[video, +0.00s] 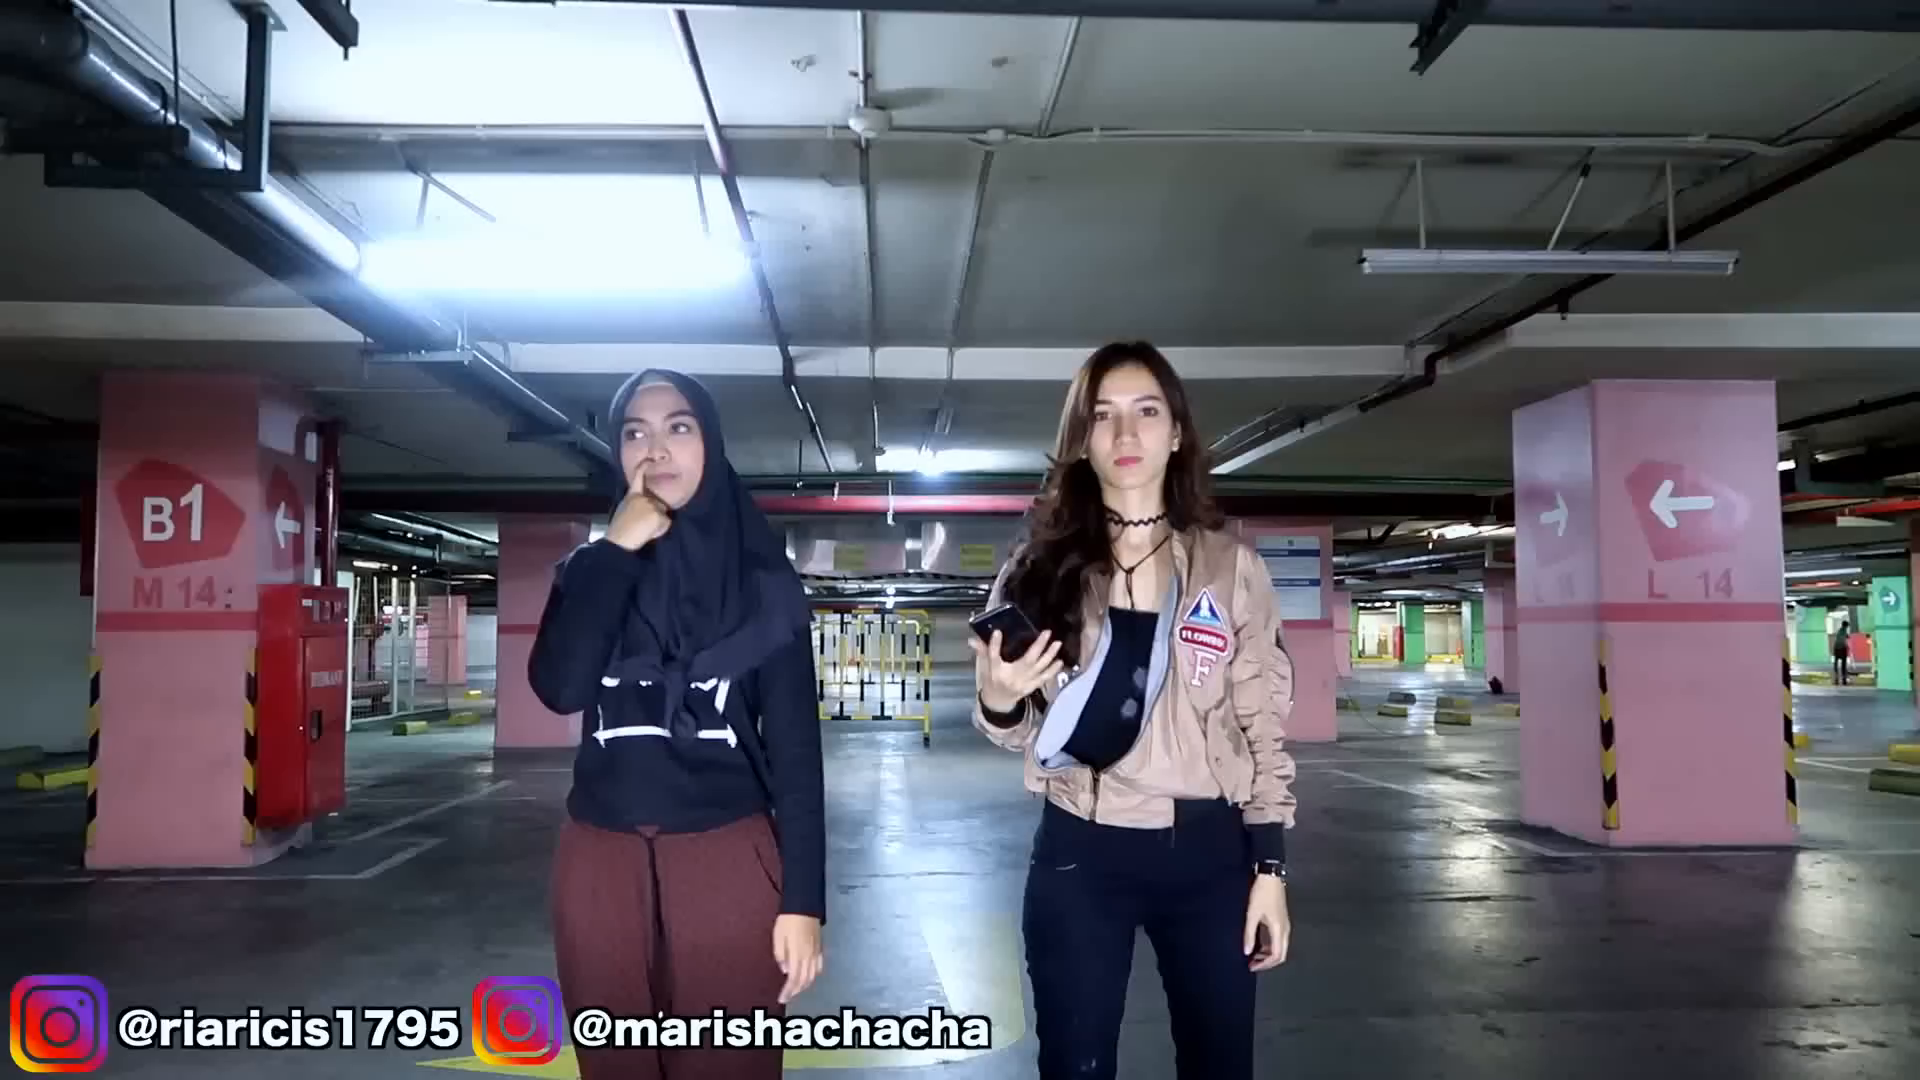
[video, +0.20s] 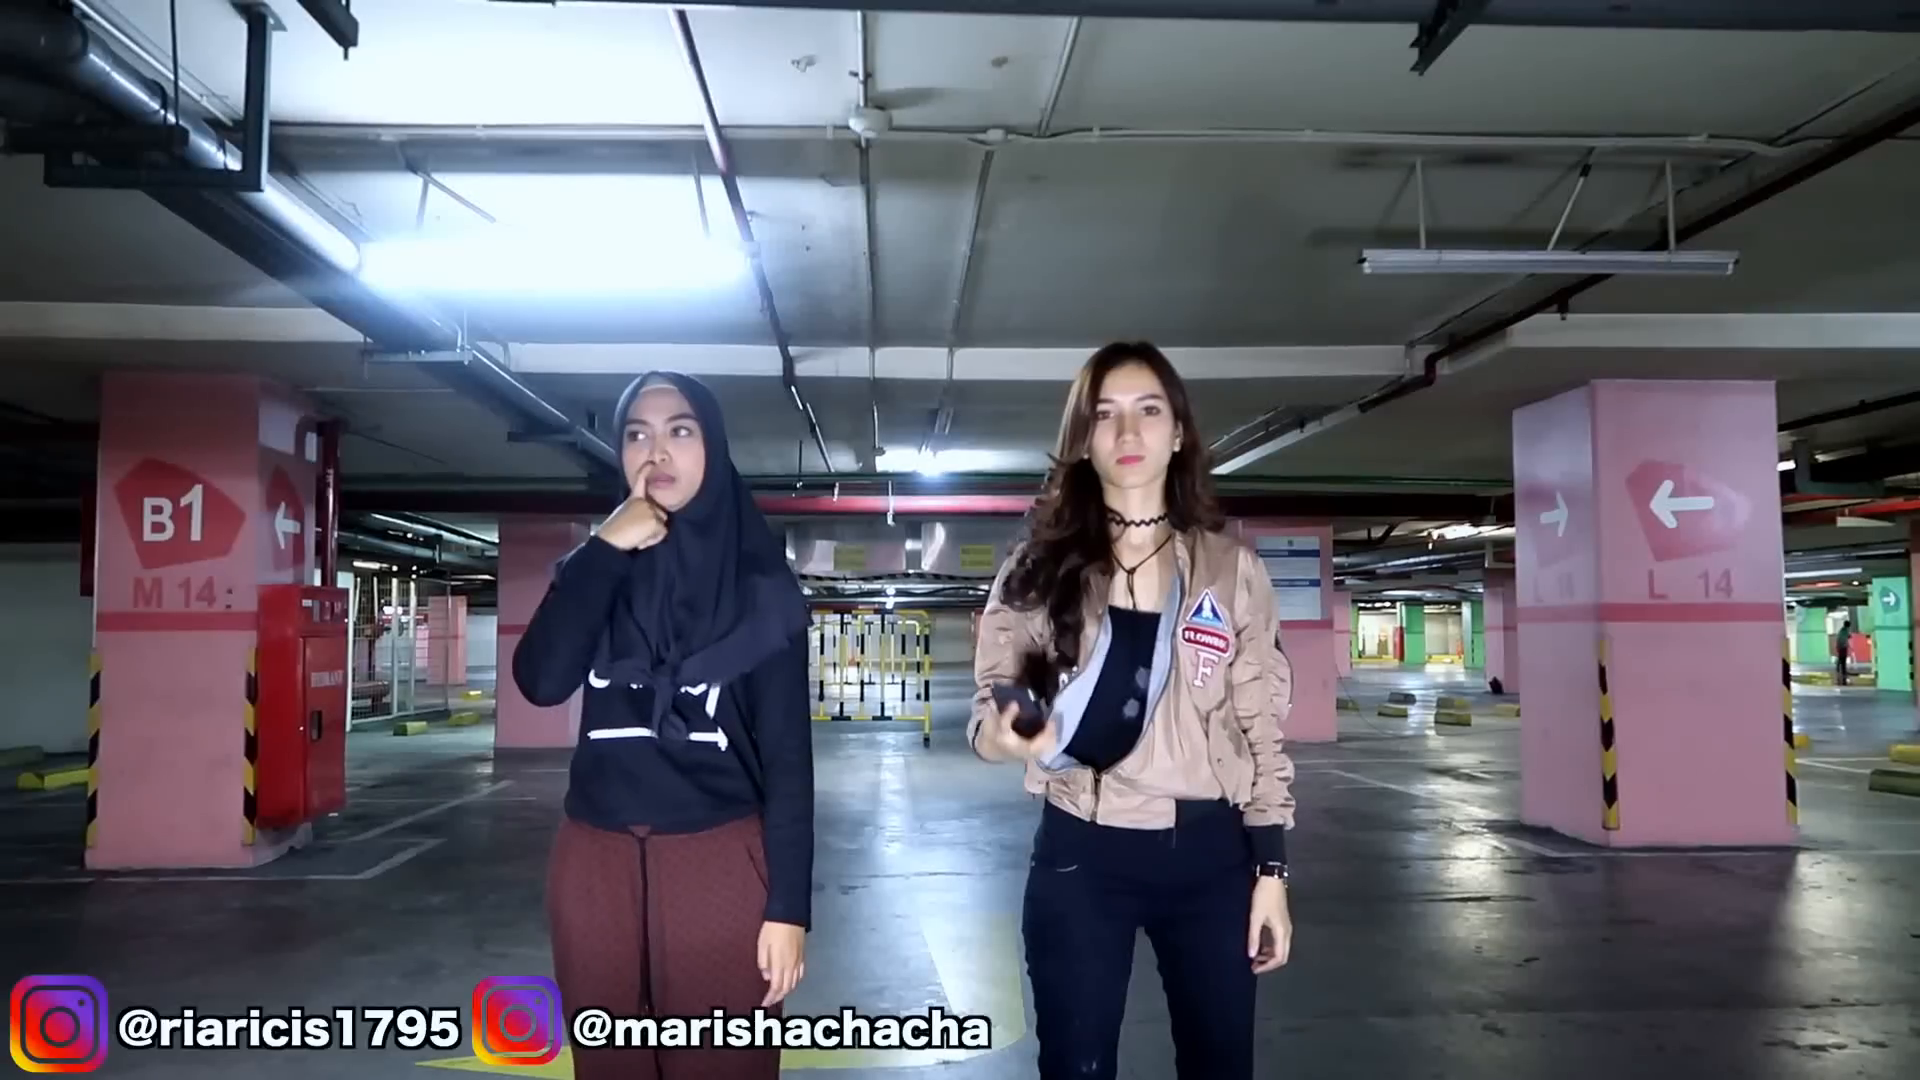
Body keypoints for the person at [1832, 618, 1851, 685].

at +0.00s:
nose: (1847, 627)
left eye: (1847, 626)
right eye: (1847, 626)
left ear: (1842, 625)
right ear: (1846, 626)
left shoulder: (1839, 631)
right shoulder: (1844, 632)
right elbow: (1845, 642)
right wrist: (1848, 649)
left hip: (1836, 649)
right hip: (1843, 649)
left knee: (1835, 665)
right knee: (1843, 666)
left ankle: (1836, 679)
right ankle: (1844, 679)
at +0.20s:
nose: (1849, 627)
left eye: (1849, 626)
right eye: (1849, 626)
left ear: (1844, 624)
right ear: (1848, 625)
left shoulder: (1842, 631)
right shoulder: (1845, 632)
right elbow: (1845, 643)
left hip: (1840, 652)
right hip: (1843, 652)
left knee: (1838, 666)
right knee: (1843, 667)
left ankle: (1838, 679)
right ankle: (1844, 679)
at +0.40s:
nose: (1850, 627)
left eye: (1849, 625)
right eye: (1849, 625)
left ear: (1845, 624)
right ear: (1849, 625)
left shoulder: (1843, 630)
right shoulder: (1846, 631)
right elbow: (1846, 642)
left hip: (1841, 650)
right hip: (1843, 650)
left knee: (1842, 666)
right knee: (1843, 666)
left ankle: (1842, 679)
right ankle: (1843, 679)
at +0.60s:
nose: (1850, 627)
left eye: (1850, 626)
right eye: (1850, 626)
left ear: (1846, 624)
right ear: (1850, 625)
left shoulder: (1844, 630)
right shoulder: (1846, 631)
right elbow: (1846, 642)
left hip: (1841, 649)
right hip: (1843, 649)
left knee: (1842, 666)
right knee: (1843, 666)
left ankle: (1842, 679)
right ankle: (1843, 680)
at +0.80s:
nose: (1851, 627)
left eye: (1851, 625)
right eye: (1851, 625)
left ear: (1847, 624)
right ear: (1851, 625)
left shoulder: (1844, 630)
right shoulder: (1847, 630)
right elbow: (1848, 641)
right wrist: (1854, 648)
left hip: (1840, 648)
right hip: (1844, 648)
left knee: (1842, 665)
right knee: (1843, 665)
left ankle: (1842, 679)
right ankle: (1843, 679)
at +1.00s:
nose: (1854, 628)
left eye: (1853, 627)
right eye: (1854, 627)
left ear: (1849, 625)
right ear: (1853, 626)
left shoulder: (1845, 630)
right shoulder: (1850, 630)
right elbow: (1850, 637)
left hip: (1841, 647)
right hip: (1847, 647)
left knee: (1840, 662)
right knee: (1850, 659)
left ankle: (1840, 677)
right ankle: (1849, 669)